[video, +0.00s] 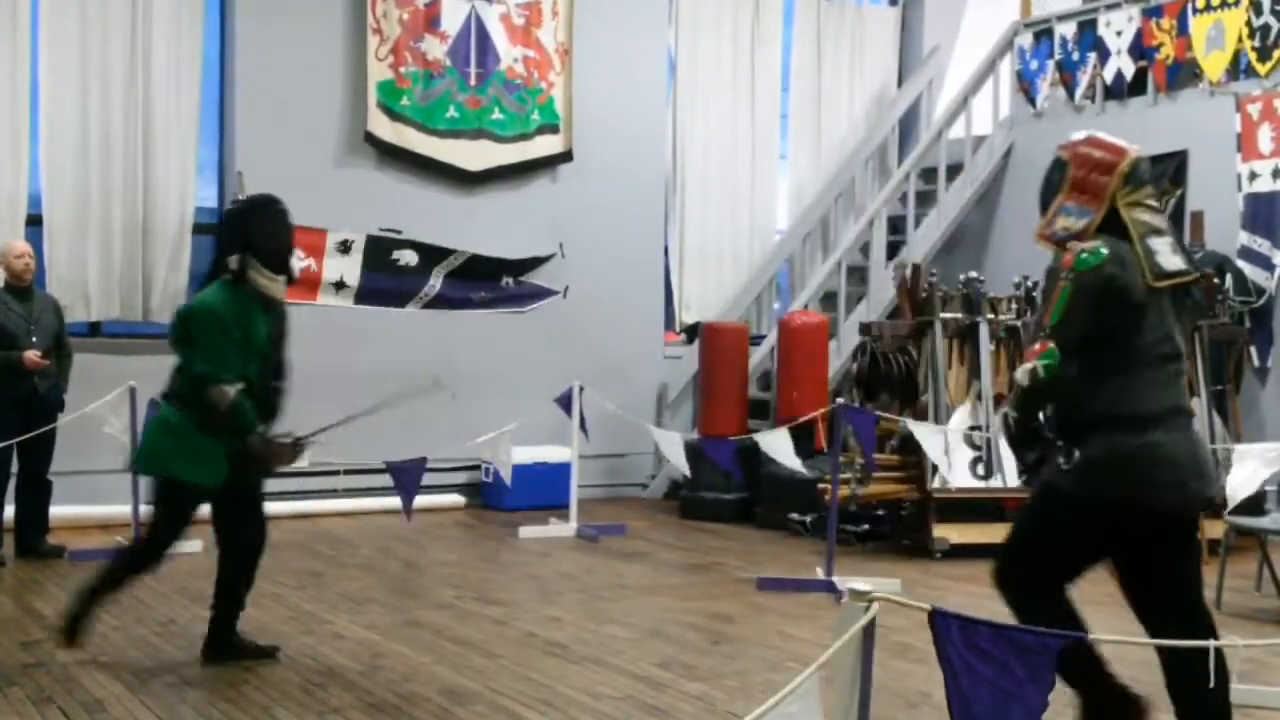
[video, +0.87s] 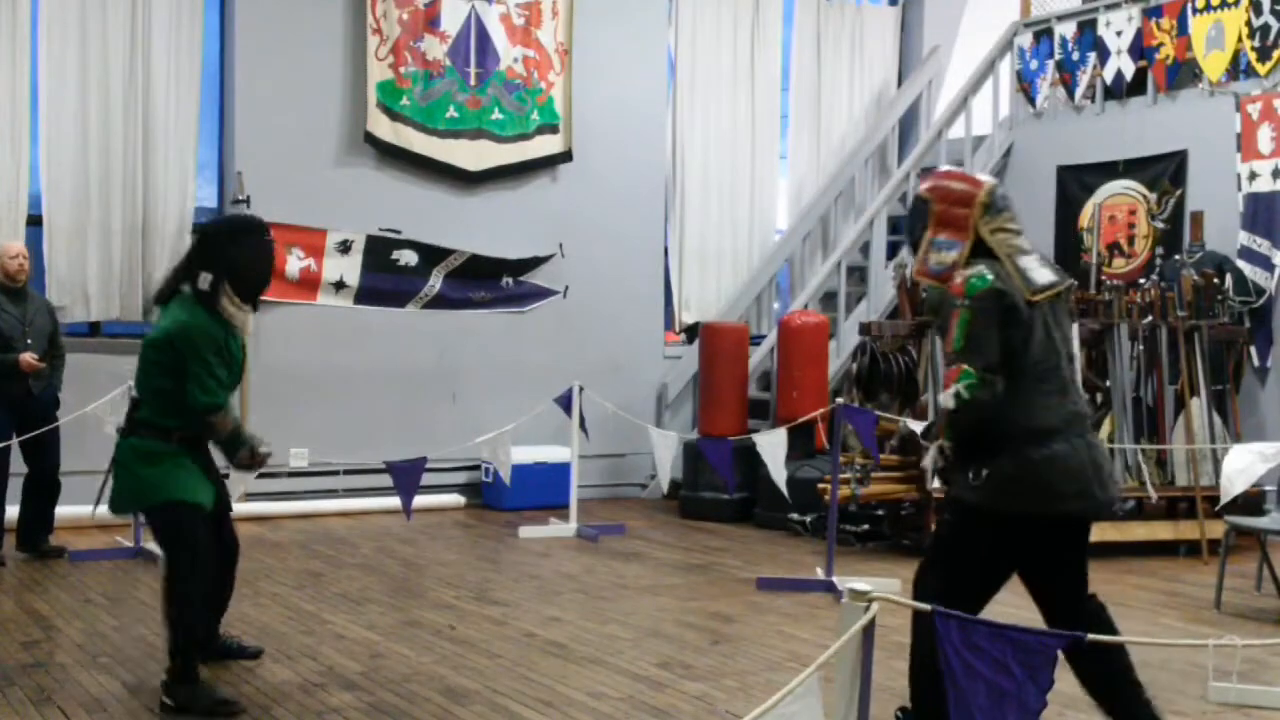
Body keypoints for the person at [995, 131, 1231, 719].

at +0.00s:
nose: (1051, 211)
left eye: (1059, 197)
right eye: (1054, 197)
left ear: (1082, 196)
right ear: (1114, 197)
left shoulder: (1097, 263)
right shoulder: (1148, 253)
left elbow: (1063, 364)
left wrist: (1029, 382)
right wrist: (1049, 363)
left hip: (1116, 467)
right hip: (1170, 463)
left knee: (1021, 573)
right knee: (1181, 622)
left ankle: (1104, 699)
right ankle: (1208, 714)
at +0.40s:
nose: (1057, 223)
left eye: (1062, 206)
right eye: (1056, 207)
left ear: (1093, 204)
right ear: (1123, 201)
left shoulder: (1109, 269)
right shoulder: (1171, 262)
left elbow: (1075, 379)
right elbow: (1172, 375)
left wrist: (1040, 431)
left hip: (1100, 476)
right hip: (1160, 474)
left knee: (1004, 581)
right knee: (1174, 624)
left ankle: (1010, 707)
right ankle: (1207, 713)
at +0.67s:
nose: (984, 234)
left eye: (993, 222)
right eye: (988, 220)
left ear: (1019, 226)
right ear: (1051, 223)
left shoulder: (1030, 289)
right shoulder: (1088, 280)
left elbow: (1018, 398)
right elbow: (1083, 389)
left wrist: (977, 444)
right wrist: (992, 418)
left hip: (1036, 493)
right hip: (1093, 486)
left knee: (952, 607)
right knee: (1106, 617)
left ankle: (933, 711)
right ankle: (1181, 714)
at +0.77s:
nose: (945, 242)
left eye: (951, 227)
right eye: (947, 227)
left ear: (979, 225)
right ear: (1013, 221)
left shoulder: (993, 286)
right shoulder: (1060, 277)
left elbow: (988, 390)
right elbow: (1066, 383)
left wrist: (957, 432)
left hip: (1015, 483)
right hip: (1075, 477)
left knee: (945, 600)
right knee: (1075, 605)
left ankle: (931, 711)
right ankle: (1165, 706)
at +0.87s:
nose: (926, 244)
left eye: (932, 231)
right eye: (928, 231)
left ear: (956, 229)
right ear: (990, 223)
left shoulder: (982, 284)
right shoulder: (1038, 276)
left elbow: (979, 392)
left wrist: (942, 426)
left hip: (1014, 484)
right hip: (1067, 480)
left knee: (938, 593)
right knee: (1069, 608)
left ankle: (930, 708)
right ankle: (1137, 712)